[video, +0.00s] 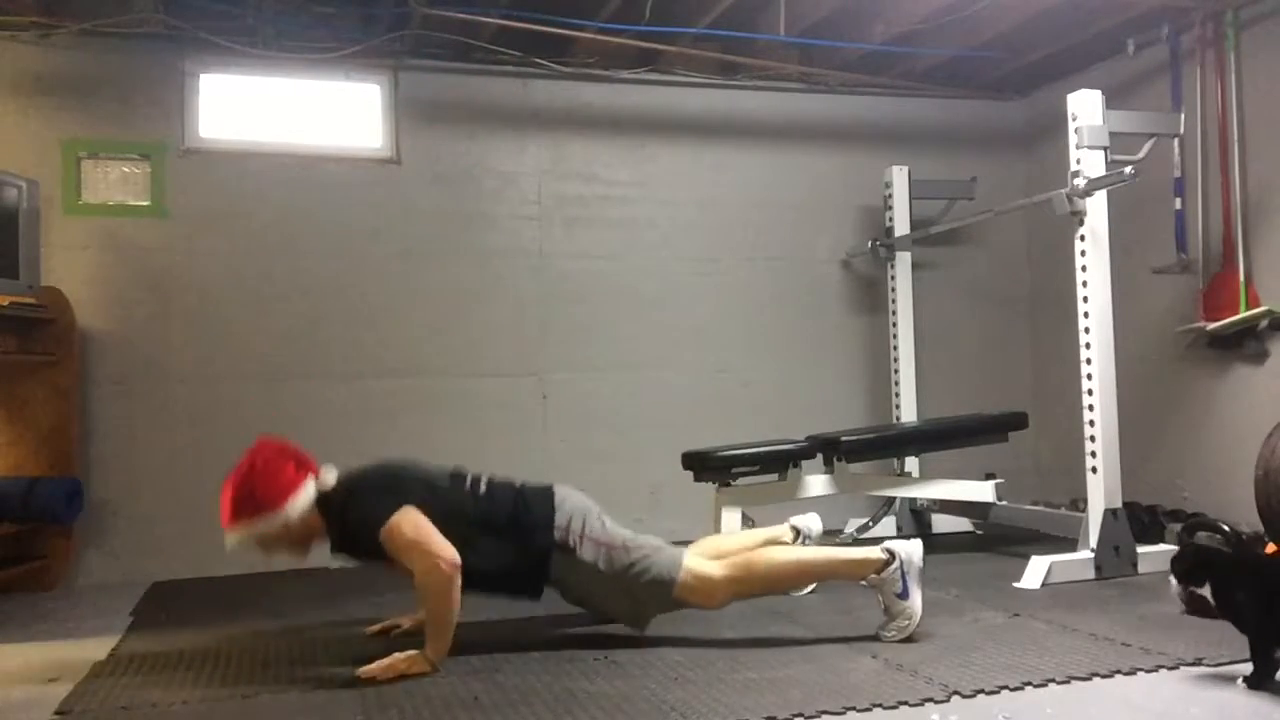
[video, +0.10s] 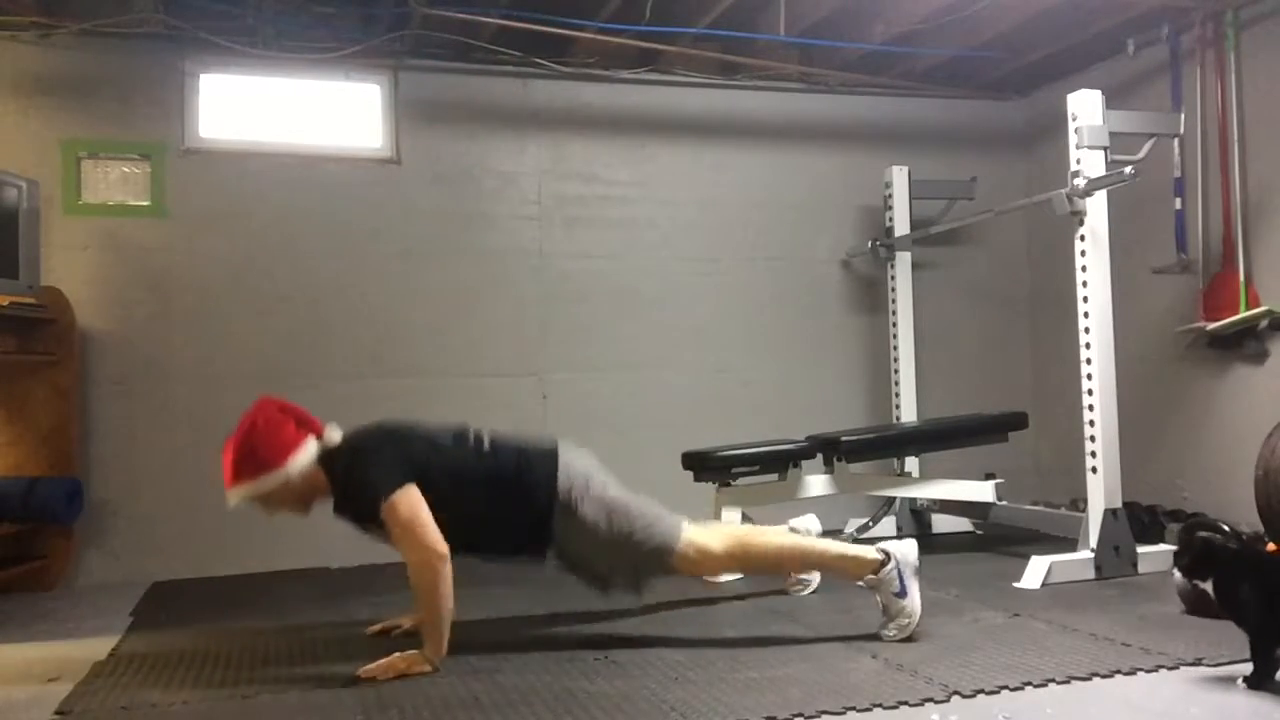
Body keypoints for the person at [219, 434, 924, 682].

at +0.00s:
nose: (261, 553)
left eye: (259, 539)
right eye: (251, 543)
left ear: (287, 511)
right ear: (289, 501)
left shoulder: (359, 505)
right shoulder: (346, 501)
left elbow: (441, 563)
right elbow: (432, 556)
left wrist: (432, 656)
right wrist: (420, 631)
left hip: (555, 536)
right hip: (547, 532)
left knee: (714, 582)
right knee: (688, 566)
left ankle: (881, 562)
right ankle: (791, 528)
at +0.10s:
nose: (271, 507)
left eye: (267, 494)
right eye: (259, 499)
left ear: (295, 458)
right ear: (291, 464)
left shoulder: (366, 458)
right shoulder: (347, 477)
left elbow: (430, 551)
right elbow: (419, 547)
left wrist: (431, 651)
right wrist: (424, 626)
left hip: (560, 492)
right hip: (548, 518)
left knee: (709, 553)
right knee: (680, 553)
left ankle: (880, 566)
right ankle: (785, 543)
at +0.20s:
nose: (278, 487)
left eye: (273, 474)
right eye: (266, 479)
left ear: (294, 442)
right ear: (293, 442)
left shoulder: (367, 436)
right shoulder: (354, 442)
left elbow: (416, 543)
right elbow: (412, 536)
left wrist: (430, 650)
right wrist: (422, 616)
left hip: (559, 413)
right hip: (551, 436)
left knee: (673, 529)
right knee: (661, 525)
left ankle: (846, 549)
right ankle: (778, 527)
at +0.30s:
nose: (309, 470)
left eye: (303, 457)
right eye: (298, 464)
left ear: (319, 429)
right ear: (321, 422)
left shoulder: (396, 422)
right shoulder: (379, 421)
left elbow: (426, 538)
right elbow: (420, 530)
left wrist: (430, 650)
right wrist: (423, 611)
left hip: (568, 358)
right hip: (545, 379)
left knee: (590, 504)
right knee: (561, 507)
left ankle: (761, 537)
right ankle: (697, 503)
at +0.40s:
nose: (333, 459)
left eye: (329, 444)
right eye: (322, 452)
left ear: (350, 410)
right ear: (351, 402)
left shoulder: (413, 410)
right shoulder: (400, 406)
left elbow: (429, 538)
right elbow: (428, 526)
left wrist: (430, 652)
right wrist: (427, 613)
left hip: (584, 355)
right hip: (559, 364)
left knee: (509, 464)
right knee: (491, 471)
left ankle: (655, 566)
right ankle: (620, 515)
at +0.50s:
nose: (343, 442)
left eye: (339, 430)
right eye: (334, 436)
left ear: (362, 402)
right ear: (365, 397)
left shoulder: (427, 406)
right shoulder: (410, 405)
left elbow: (435, 538)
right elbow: (423, 527)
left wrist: (426, 652)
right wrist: (423, 611)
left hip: (597, 393)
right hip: (572, 392)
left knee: (485, 466)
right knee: (472, 468)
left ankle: (586, 606)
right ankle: (562, 569)